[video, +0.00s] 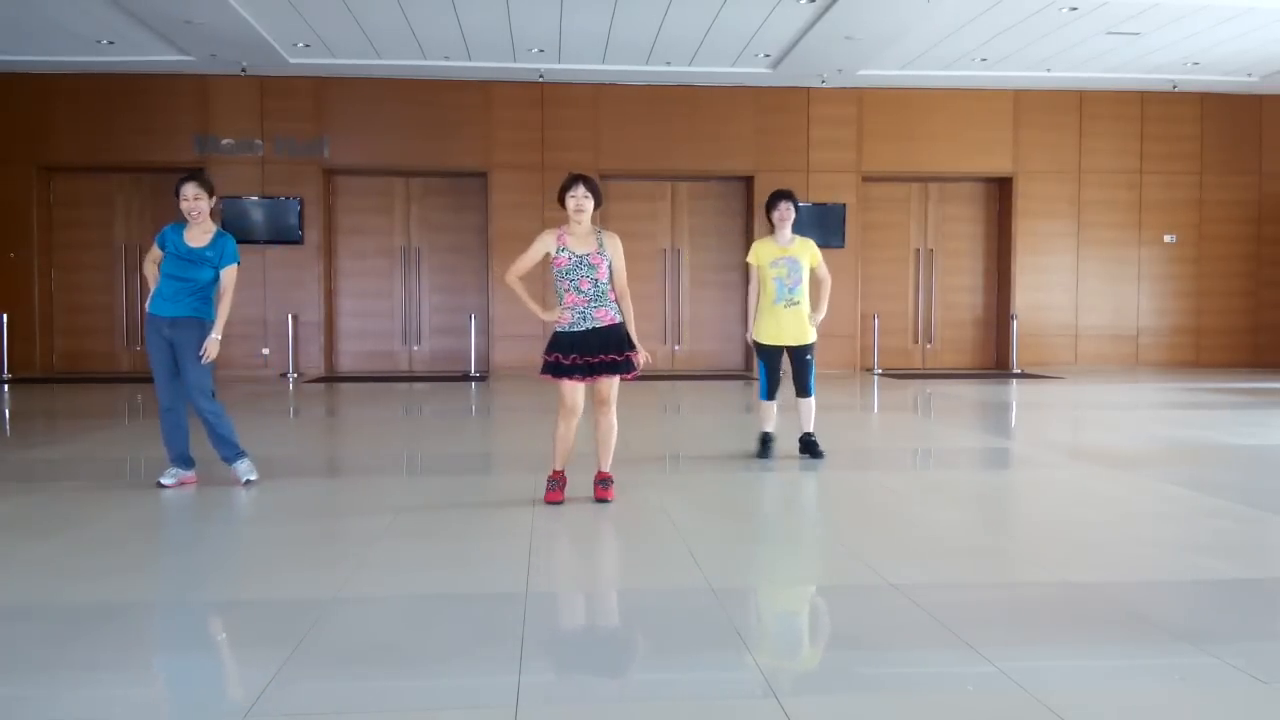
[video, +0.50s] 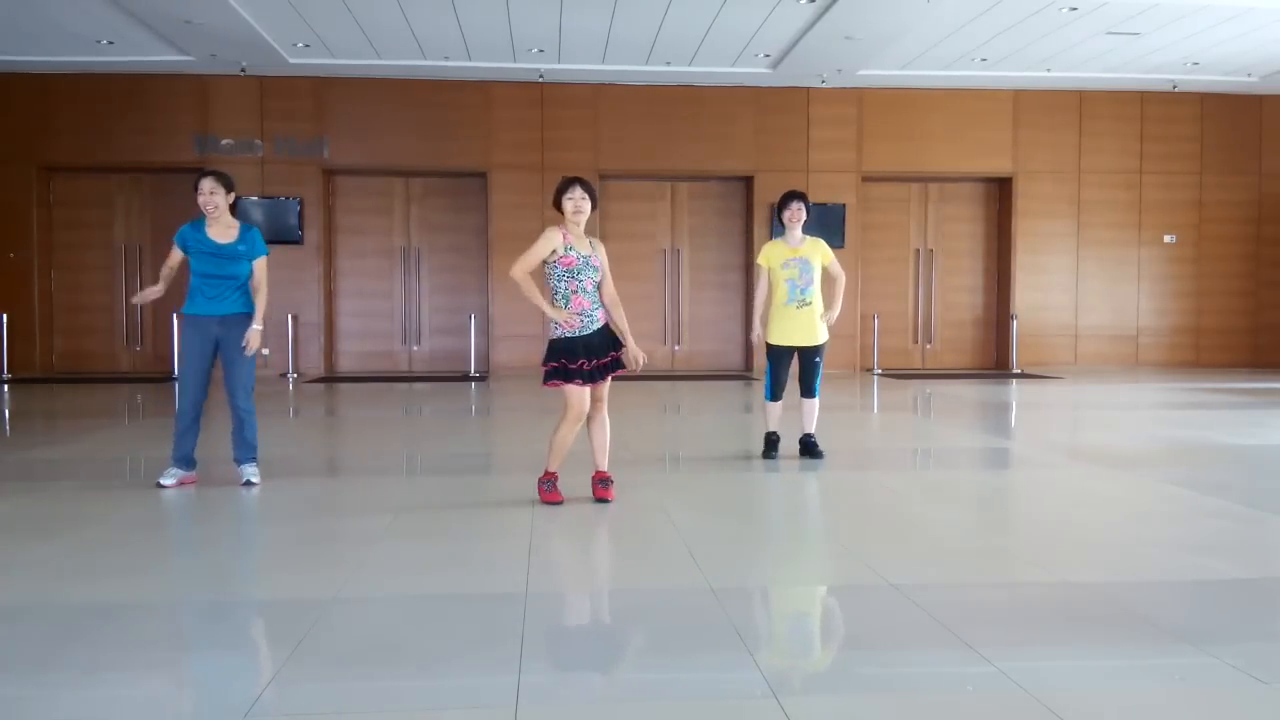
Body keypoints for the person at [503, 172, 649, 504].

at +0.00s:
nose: (580, 202)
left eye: (586, 197)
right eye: (573, 196)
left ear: (595, 203)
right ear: (564, 203)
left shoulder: (610, 241)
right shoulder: (550, 240)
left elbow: (622, 292)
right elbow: (511, 276)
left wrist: (634, 341)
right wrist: (541, 312)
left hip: (609, 333)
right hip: (569, 335)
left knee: (606, 405)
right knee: (570, 408)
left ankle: (604, 476)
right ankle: (557, 476)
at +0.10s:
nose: (581, 203)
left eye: (587, 198)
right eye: (574, 198)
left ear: (596, 204)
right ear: (565, 204)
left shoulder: (610, 243)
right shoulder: (552, 240)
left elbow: (623, 294)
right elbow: (514, 277)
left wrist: (635, 343)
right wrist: (543, 315)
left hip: (611, 333)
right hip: (572, 336)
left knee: (607, 405)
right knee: (576, 408)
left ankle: (605, 476)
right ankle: (558, 475)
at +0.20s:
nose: (582, 204)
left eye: (588, 199)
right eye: (575, 199)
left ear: (596, 205)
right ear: (565, 205)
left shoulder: (608, 245)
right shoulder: (554, 240)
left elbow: (621, 294)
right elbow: (517, 278)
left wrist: (635, 344)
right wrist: (545, 317)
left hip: (612, 334)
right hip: (575, 337)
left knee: (608, 408)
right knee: (583, 411)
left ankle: (605, 476)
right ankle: (558, 475)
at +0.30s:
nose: (581, 205)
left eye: (587, 200)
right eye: (574, 200)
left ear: (595, 207)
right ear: (564, 207)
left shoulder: (604, 247)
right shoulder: (555, 240)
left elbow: (618, 296)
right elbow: (520, 279)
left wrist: (634, 344)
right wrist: (546, 318)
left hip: (611, 334)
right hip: (575, 338)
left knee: (607, 408)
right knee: (586, 411)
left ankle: (604, 476)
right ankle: (555, 475)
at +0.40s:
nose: (579, 205)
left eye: (586, 200)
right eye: (572, 200)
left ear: (594, 207)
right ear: (563, 207)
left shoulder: (600, 248)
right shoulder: (555, 239)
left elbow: (615, 298)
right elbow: (521, 276)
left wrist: (632, 344)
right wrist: (547, 316)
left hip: (607, 334)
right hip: (573, 338)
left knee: (604, 407)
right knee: (584, 409)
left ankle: (603, 476)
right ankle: (550, 475)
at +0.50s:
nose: (578, 203)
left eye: (583, 198)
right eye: (570, 198)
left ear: (592, 205)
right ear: (560, 205)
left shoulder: (597, 247)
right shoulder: (554, 237)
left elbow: (610, 296)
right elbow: (518, 271)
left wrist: (629, 342)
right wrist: (547, 308)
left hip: (601, 334)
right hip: (567, 336)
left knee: (599, 406)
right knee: (577, 409)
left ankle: (602, 476)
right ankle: (549, 477)